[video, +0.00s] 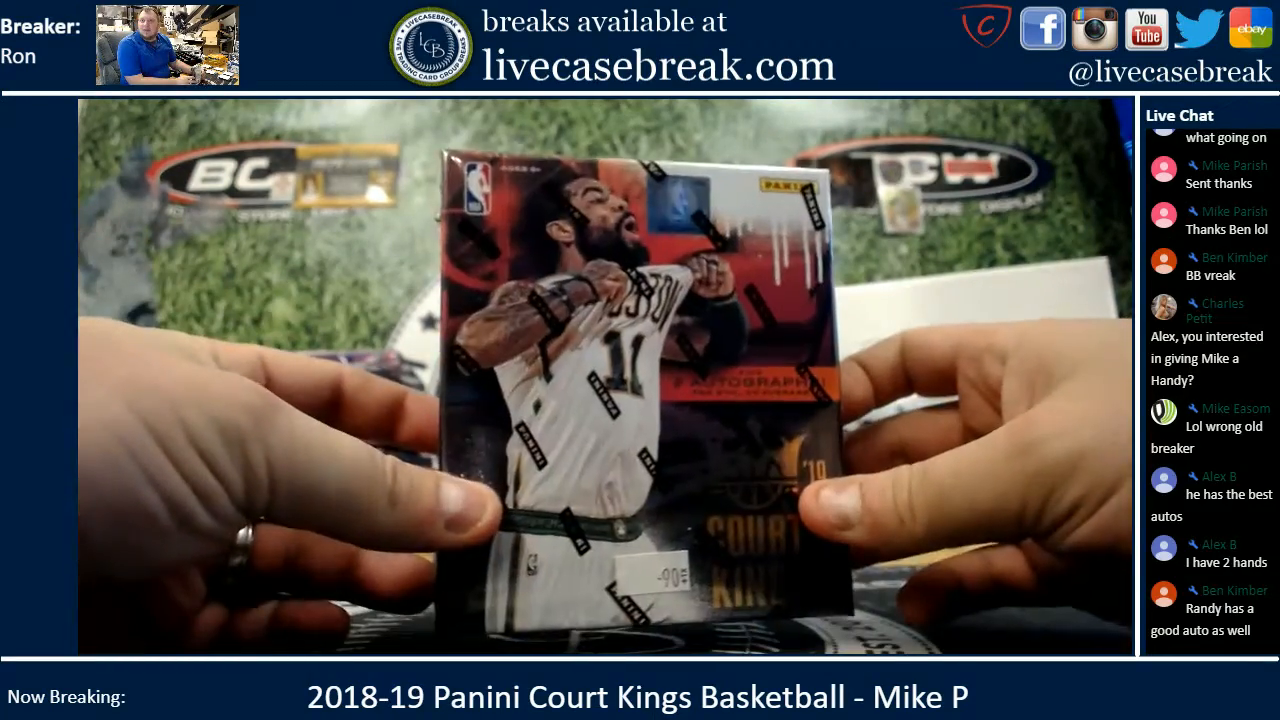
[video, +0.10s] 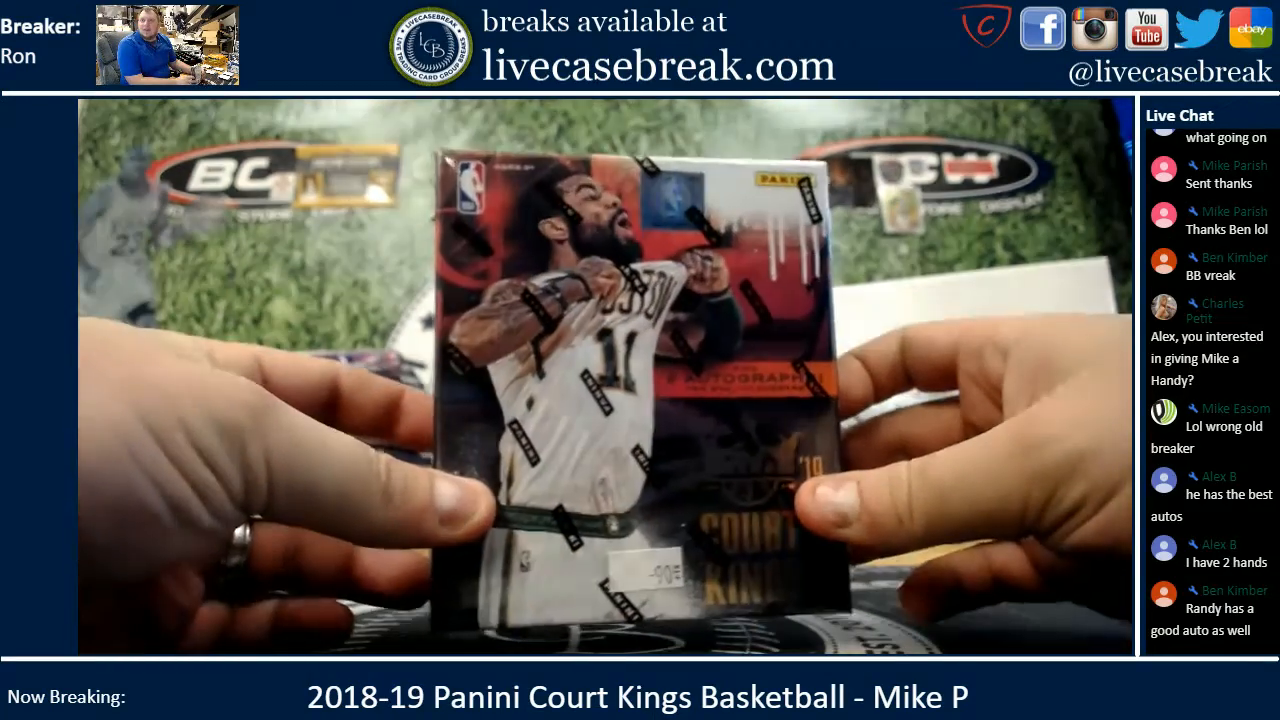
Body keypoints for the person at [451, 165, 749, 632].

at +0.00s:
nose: (620, 203)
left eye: (614, 195)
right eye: (595, 198)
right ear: (562, 230)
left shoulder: (652, 290)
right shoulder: (524, 297)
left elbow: (724, 346)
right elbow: (475, 344)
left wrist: (721, 298)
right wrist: (580, 288)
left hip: (630, 536)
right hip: (546, 541)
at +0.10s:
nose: (613, 199)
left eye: (605, 190)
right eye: (587, 194)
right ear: (554, 228)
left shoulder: (648, 284)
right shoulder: (517, 295)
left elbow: (722, 341)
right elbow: (467, 342)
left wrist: (717, 294)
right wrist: (570, 286)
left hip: (623, 532)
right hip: (540, 537)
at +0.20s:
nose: (600, 201)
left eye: (593, 193)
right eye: (575, 197)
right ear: (541, 230)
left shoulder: (631, 289)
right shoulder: (505, 296)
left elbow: (711, 339)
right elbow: (453, 348)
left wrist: (704, 292)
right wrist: (556, 288)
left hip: (609, 532)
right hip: (526, 536)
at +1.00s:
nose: (596, 232)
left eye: (593, 226)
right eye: (572, 226)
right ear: (540, 253)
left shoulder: (622, 298)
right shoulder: (506, 303)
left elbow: (696, 344)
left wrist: (689, 302)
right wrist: (558, 299)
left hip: (595, 518)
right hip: (518, 519)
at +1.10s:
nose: (598, 232)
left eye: (596, 226)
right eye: (574, 225)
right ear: (543, 252)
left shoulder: (624, 298)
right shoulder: (513, 306)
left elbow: (699, 346)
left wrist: (691, 302)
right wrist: (556, 297)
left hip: (596, 518)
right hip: (519, 517)